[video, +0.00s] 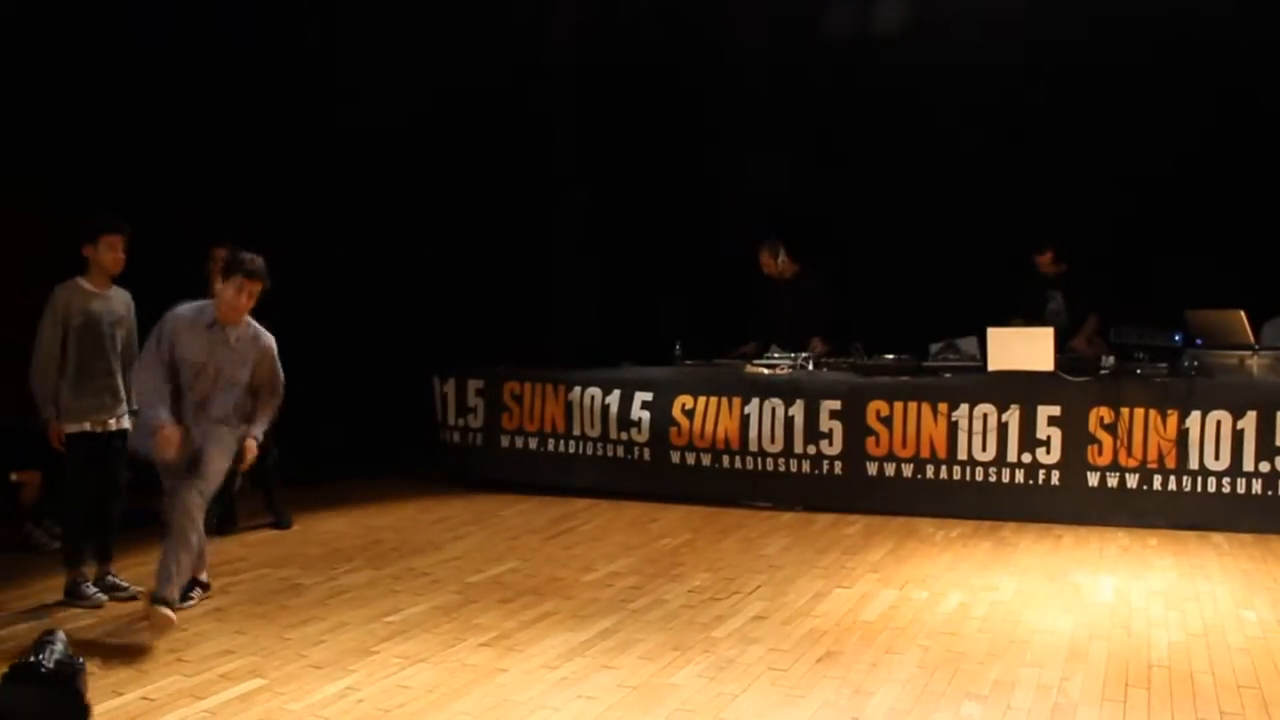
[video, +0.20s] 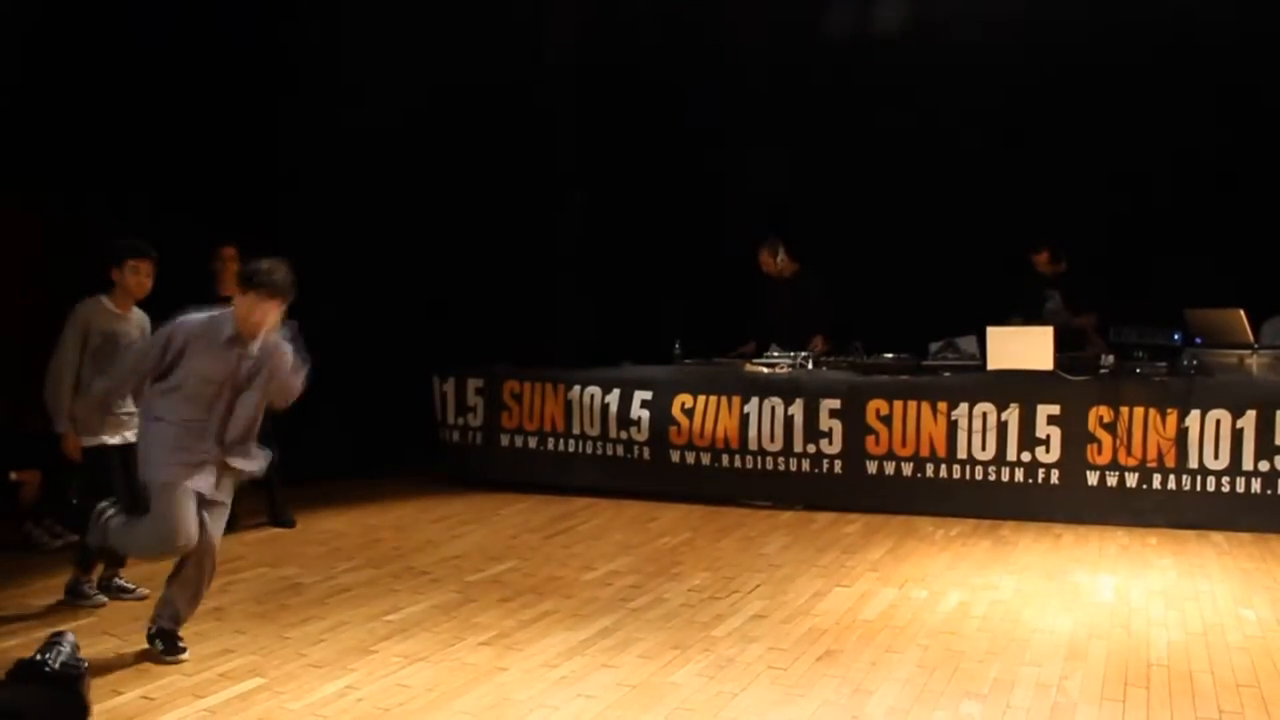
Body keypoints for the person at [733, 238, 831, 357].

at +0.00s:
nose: (765, 271)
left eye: (768, 266)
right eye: (763, 266)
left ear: (782, 261)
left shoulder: (809, 283)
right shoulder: (772, 285)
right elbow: (768, 321)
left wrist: (820, 339)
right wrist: (757, 344)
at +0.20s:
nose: (764, 270)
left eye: (767, 264)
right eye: (762, 265)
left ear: (782, 259)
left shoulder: (808, 281)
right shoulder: (770, 284)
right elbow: (766, 319)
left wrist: (821, 336)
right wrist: (755, 343)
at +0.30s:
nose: (766, 268)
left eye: (768, 262)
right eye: (764, 263)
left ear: (782, 258)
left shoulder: (807, 280)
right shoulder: (770, 283)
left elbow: (816, 311)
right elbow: (766, 318)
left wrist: (819, 335)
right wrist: (756, 342)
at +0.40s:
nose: (772, 266)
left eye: (775, 260)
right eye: (769, 262)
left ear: (786, 256)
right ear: (765, 260)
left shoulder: (807, 278)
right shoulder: (772, 281)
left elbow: (816, 309)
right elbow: (767, 319)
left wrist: (818, 332)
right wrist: (754, 343)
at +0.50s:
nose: (783, 261)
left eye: (787, 256)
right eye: (779, 257)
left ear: (796, 254)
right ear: (772, 257)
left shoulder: (809, 279)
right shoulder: (769, 281)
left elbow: (817, 309)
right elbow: (763, 315)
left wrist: (816, 330)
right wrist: (754, 340)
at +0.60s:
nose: (795, 260)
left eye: (798, 256)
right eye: (791, 256)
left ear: (803, 256)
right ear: (780, 256)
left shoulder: (810, 281)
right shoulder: (771, 280)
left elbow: (817, 310)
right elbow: (764, 310)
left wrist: (814, 330)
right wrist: (755, 333)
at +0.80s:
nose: (818, 263)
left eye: (819, 259)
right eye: (814, 258)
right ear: (801, 255)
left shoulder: (817, 277)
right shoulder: (777, 274)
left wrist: (818, 327)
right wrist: (767, 320)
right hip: (779, 344)